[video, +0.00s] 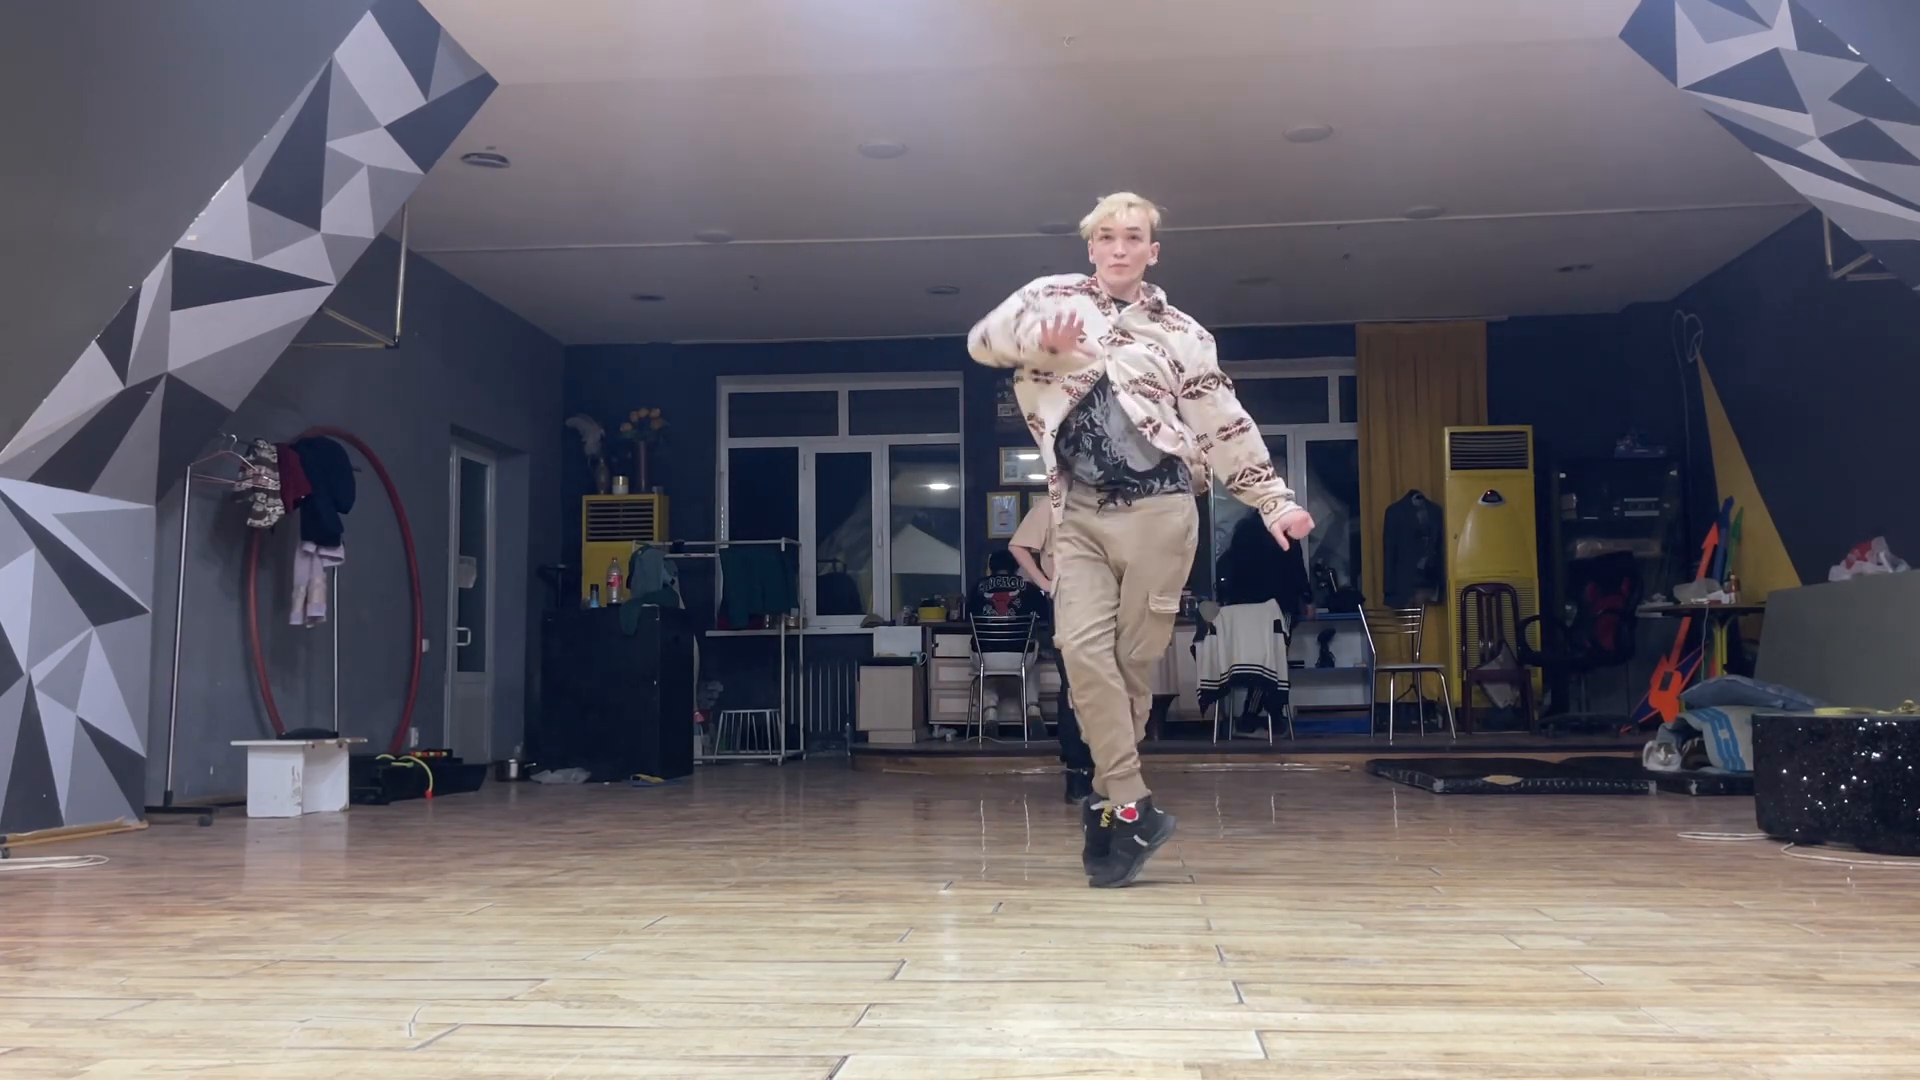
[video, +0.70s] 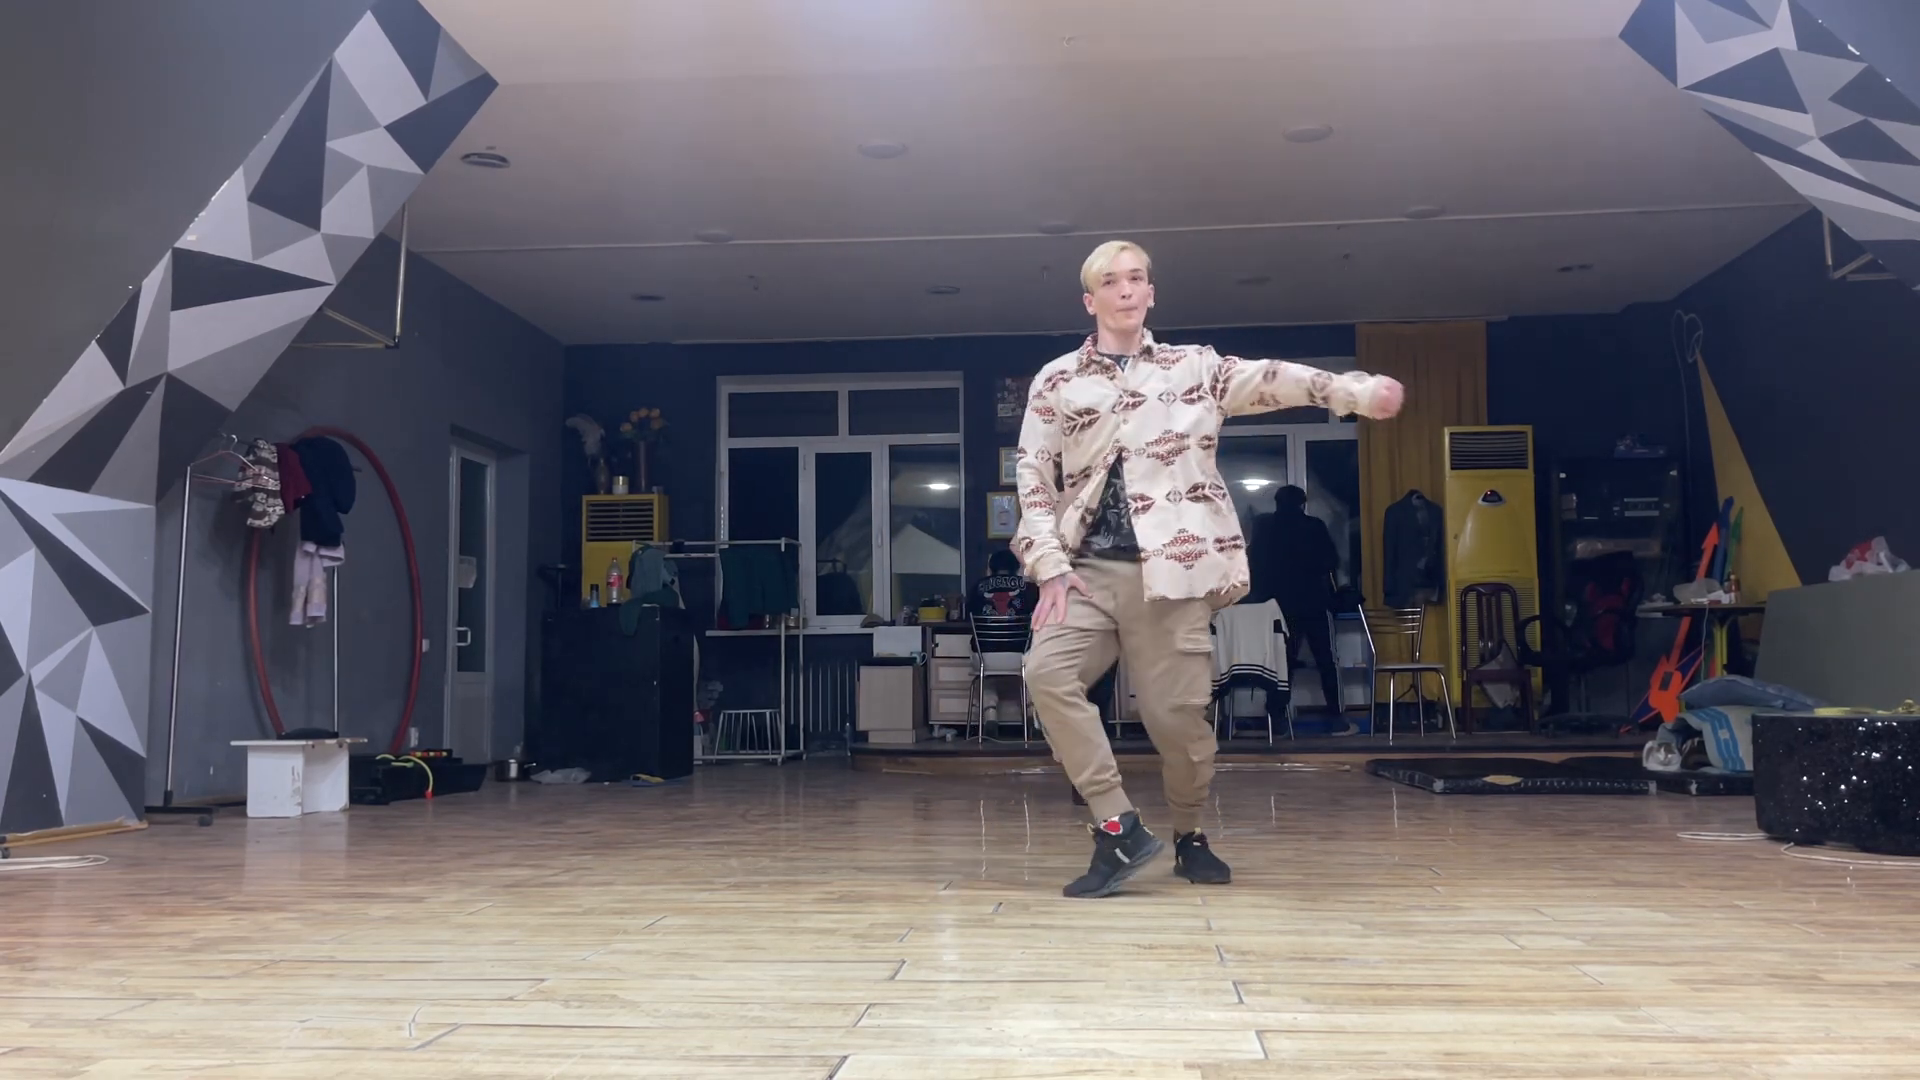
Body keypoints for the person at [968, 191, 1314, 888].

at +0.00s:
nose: (1119, 248)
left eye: (1132, 238)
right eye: (1107, 237)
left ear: (1153, 251)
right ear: (1089, 246)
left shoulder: (1182, 337)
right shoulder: (1051, 300)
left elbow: (1226, 428)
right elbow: (984, 339)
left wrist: (1272, 501)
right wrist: (1037, 341)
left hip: (1158, 516)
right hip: (1076, 512)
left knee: (1135, 665)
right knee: (1081, 650)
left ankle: (1105, 802)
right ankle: (1133, 807)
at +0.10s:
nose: (1129, 252)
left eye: (1141, 240)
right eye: (1116, 241)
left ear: (1160, 250)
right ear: (1097, 249)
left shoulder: (1184, 322)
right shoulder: (1057, 316)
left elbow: (1227, 394)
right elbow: (1024, 402)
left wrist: (1263, 450)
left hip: (1156, 517)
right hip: (1072, 515)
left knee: (1140, 667)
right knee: (1060, 647)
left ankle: (1117, 787)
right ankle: (1095, 795)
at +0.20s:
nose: (1140, 287)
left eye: (1149, 274)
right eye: (1124, 278)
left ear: (1165, 279)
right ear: (1102, 290)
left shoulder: (1181, 324)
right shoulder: (1079, 378)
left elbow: (1199, 362)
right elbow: (1054, 472)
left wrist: (1139, 382)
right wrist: (1028, 560)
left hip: (1161, 551)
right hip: (1080, 550)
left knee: (1191, 681)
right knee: (1040, 682)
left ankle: (1166, 830)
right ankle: (990, 832)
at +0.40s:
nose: (1149, 313)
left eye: (1156, 300)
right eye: (1134, 305)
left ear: (1167, 306)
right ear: (1108, 320)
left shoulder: (1184, 355)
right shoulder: (1087, 403)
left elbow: (1169, 394)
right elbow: (1073, 511)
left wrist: (1081, 420)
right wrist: (1076, 597)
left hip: (1158, 589)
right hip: (1084, 583)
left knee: (1200, 716)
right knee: (1025, 710)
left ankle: (1165, 840)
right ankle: (944, 833)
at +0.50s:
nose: (1142, 302)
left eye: (1149, 289)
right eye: (1127, 294)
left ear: (1163, 295)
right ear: (1102, 308)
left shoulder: (1185, 353)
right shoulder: (1079, 391)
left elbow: (1210, 382)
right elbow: (1068, 493)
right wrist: (1074, 577)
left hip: (1158, 566)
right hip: (1082, 559)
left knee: (1181, 716)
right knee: (1035, 681)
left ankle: (1163, 839)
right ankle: (1007, 820)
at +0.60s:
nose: (1131, 294)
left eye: (1139, 282)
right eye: (1115, 284)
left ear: (1151, 290)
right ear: (1088, 298)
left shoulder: (1194, 362)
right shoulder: (1058, 384)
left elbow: (1283, 381)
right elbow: (1042, 482)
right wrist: (1053, 561)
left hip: (1157, 562)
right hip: (1077, 567)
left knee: (1166, 719)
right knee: (1040, 681)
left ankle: (1170, 836)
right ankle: (1104, 822)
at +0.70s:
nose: (1129, 290)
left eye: (1137, 279)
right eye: (1114, 281)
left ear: (1152, 292)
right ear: (1090, 299)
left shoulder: (1193, 368)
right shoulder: (1056, 382)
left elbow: (1271, 380)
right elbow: (1033, 485)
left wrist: (1355, 390)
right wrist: (1047, 566)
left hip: (1171, 570)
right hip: (1087, 573)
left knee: (1176, 717)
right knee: (1047, 674)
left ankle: (1192, 837)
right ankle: (1119, 830)